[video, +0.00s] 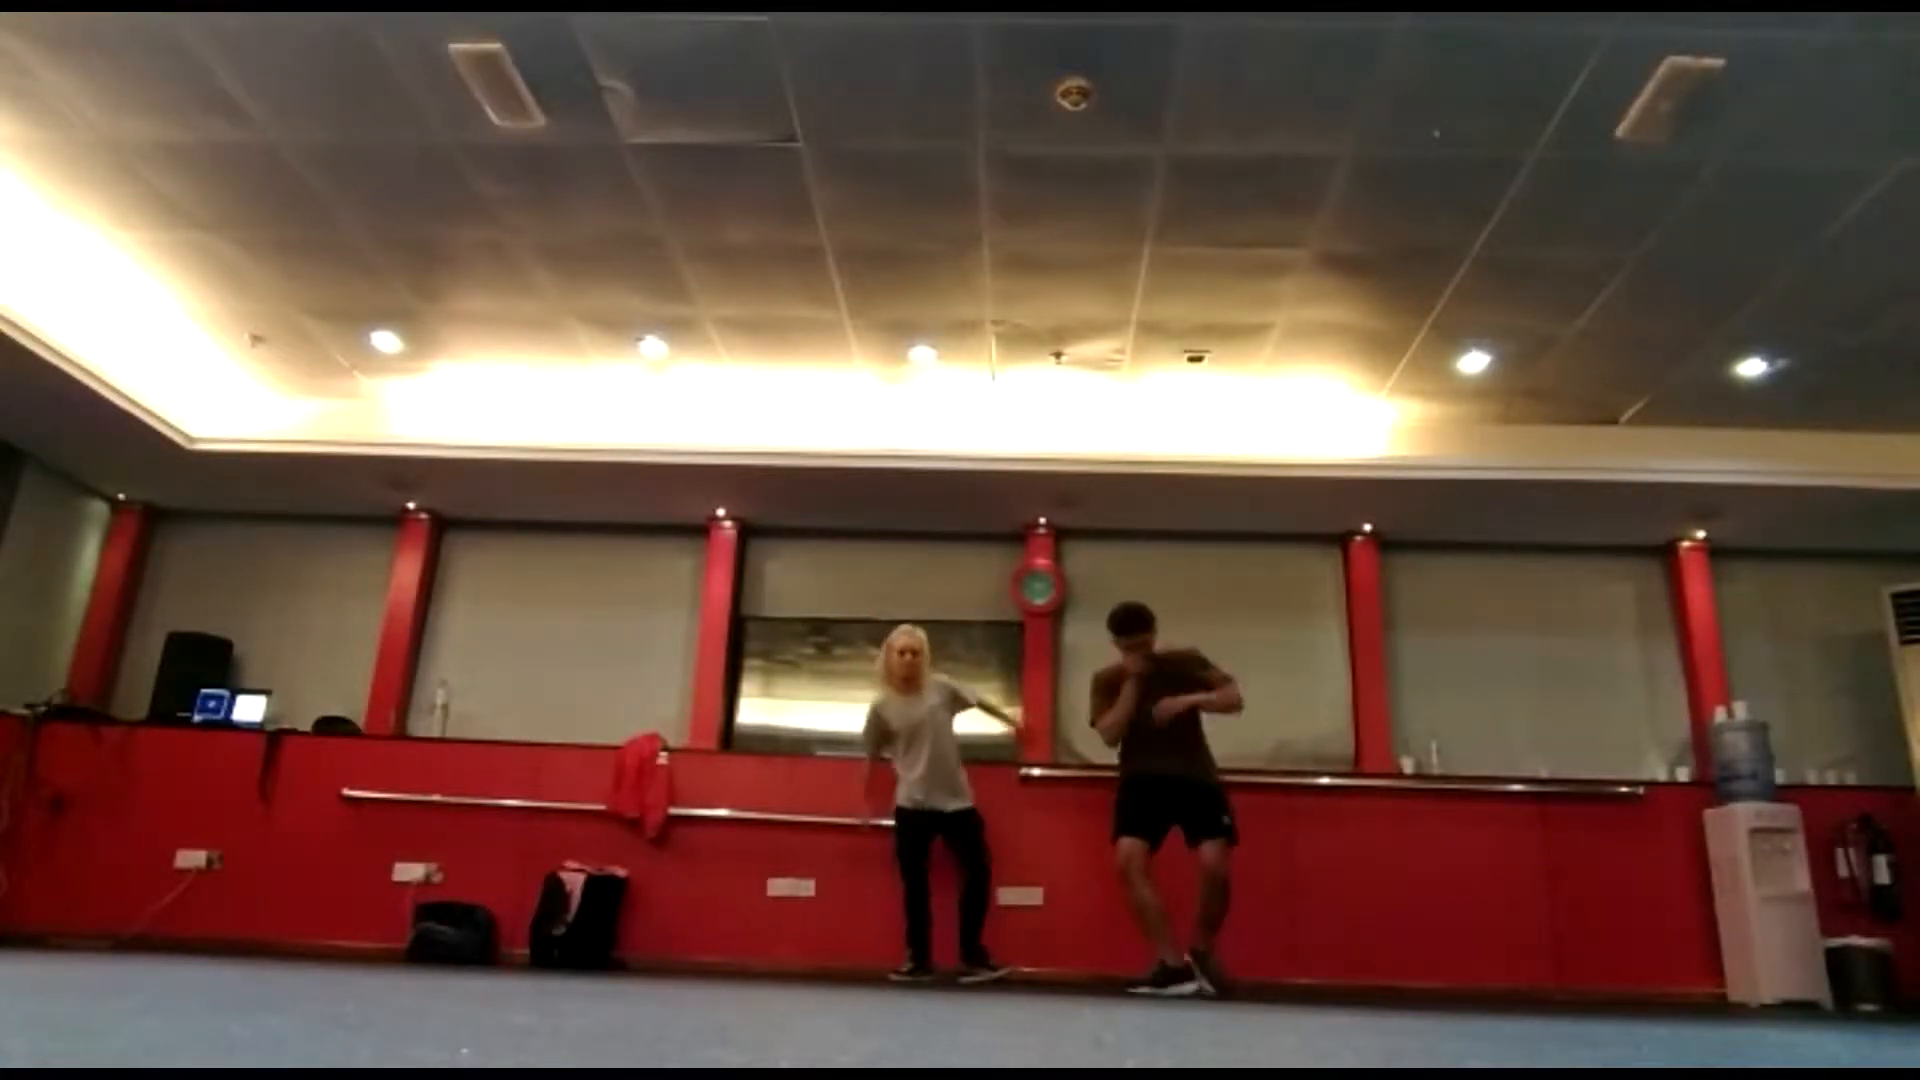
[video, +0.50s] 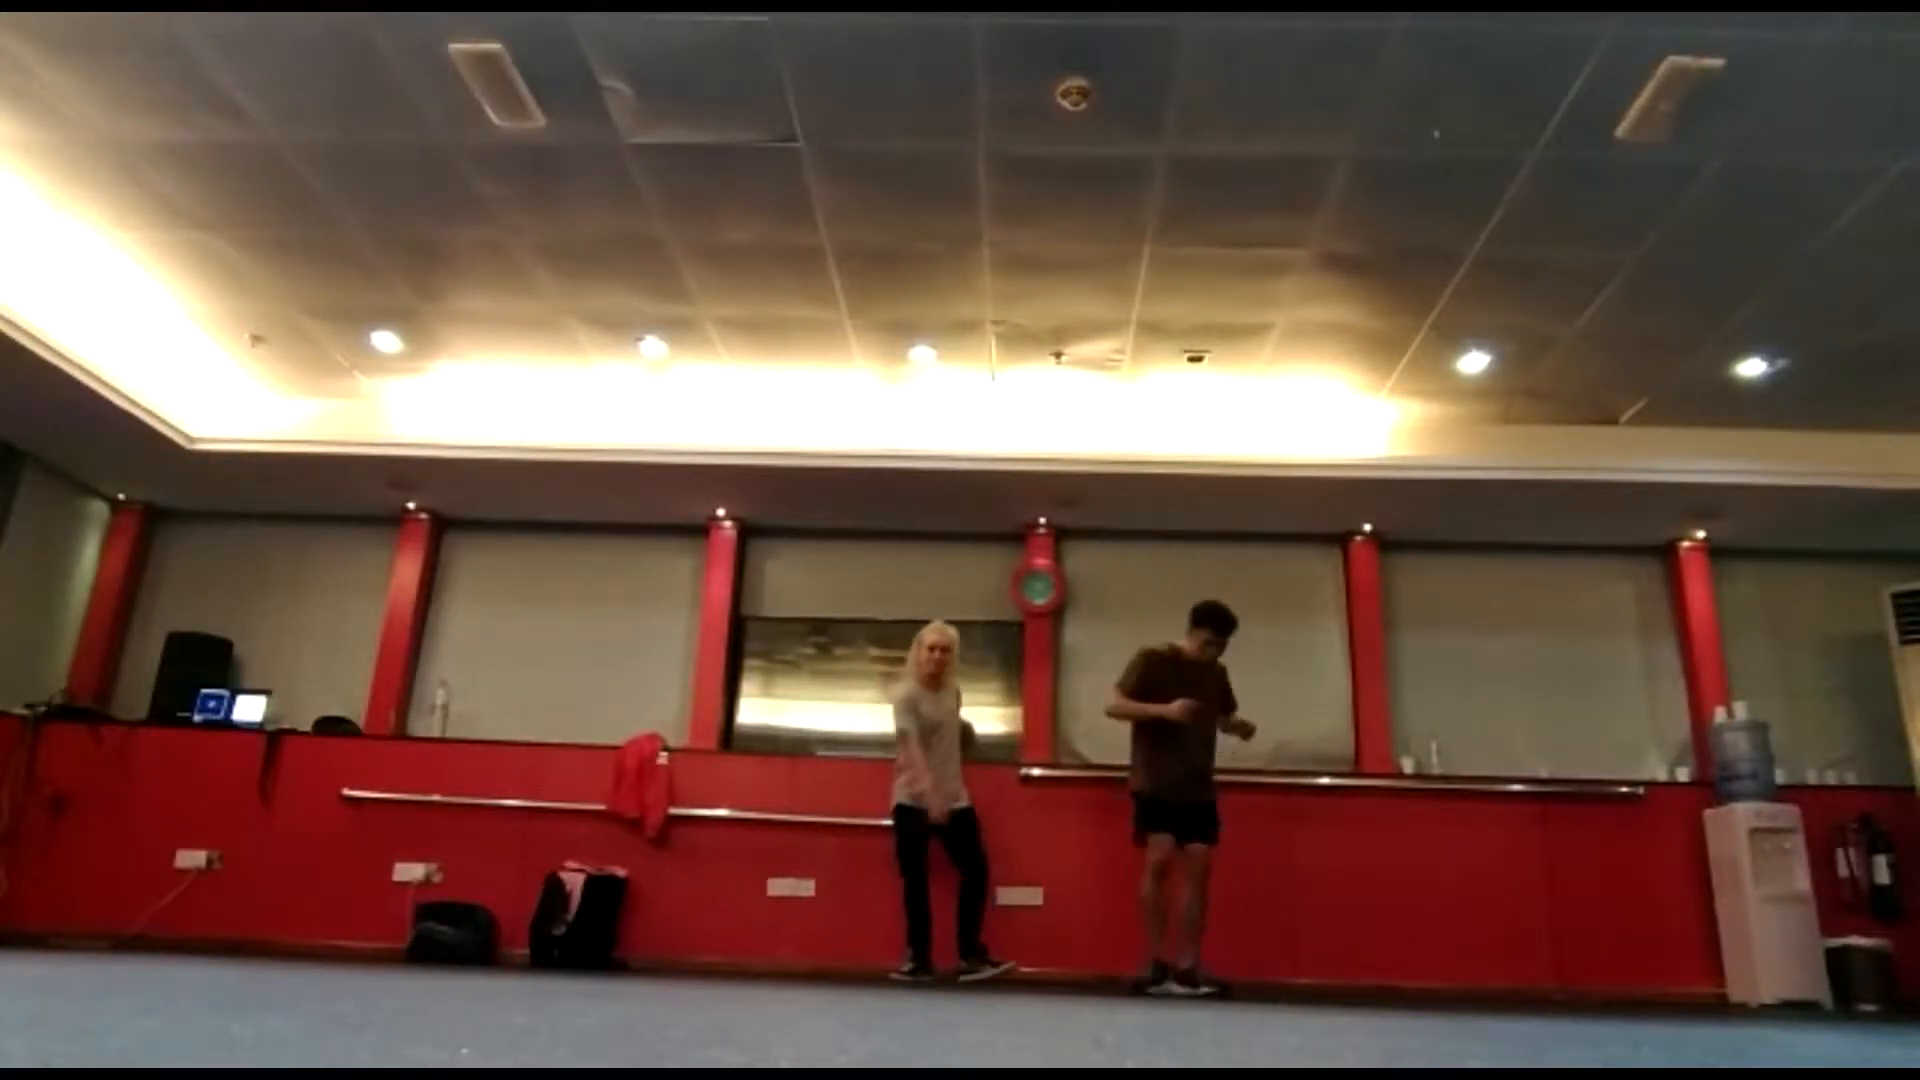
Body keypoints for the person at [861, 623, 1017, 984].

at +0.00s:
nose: (908, 660)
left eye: (914, 653)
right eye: (900, 653)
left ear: (924, 657)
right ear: (887, 658)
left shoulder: (942, 690)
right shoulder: (883, 707)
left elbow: (981, 703)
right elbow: (871, 757)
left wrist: (1014, 722)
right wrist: (865, 802)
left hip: (956, 801)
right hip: (913, 804)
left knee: (978, 875)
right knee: (915, 886)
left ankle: (973, 955)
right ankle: (918, 959)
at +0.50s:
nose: (937, 656)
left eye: (944, 650)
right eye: (931, 649)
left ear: (953, 657)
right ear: (917, 652)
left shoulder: (952, 695)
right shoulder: (906, 696)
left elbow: (951, 745)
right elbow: (911, 751)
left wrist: (957, 789)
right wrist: (929, 794)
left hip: (954, 800)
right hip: (914, 801)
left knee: (975, 873)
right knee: (915, 883)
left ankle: (972, 955)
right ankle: (919, 958)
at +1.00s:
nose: (977, 670)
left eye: (985, 664)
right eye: (972, 662)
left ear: (995, 671)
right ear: (960, 665)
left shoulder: (995, 720)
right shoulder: (935, 700)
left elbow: (1001, 767)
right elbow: (896, 723)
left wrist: (1013, 807)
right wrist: (909, 754)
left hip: (962, 811)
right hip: (919, 806)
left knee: (990, 876)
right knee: (914, 886)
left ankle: (975, 959)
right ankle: (919, 959)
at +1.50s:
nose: (977, 679)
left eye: (984, 672)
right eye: (970, 673)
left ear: (997, 675)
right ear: (963, 678)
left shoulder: (1006, 720)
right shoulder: (961, 713)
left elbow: (985, 773)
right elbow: (953, 763)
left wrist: (957, 817)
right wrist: (935, 806)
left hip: (980, 816)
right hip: (941, 809)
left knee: (992, 884)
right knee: (912, 872)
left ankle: (977, 961)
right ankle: (916, 958)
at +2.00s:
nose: (940, 672)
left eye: (946, 665)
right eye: (933, 666)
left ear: (960, 668)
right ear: (924, 671)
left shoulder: (974, 703)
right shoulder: (926, 714)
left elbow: (992, 738)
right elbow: (925, 763)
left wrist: (973, 777)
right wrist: (907, 803)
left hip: (967, 817)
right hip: (927, 815)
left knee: (990, 879)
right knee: (914, 885)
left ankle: (977, 961)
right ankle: (912, 959)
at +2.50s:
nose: (934, 657)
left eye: (941, 651)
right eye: (928, 649)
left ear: (951, 656)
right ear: (916, 651)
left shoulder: (960, 697)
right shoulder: (896, 697)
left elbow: (970, 742)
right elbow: (888, 745)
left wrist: (973, 773)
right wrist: (900, 787)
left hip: (956, 797)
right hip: (915, 798)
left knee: (953, 878)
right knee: (912, 879)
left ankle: (947, 949)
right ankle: (910, 953)